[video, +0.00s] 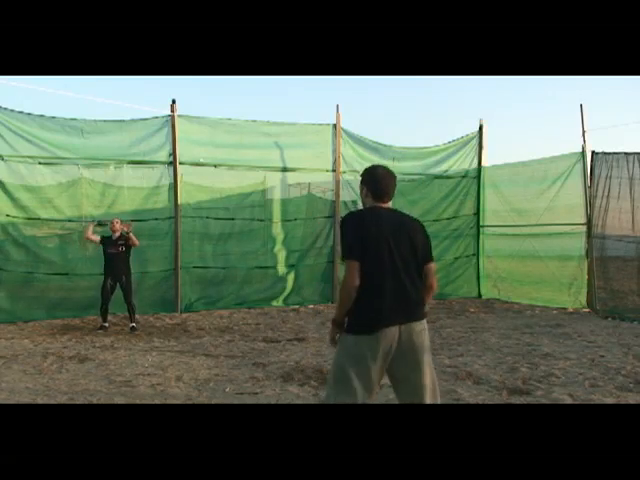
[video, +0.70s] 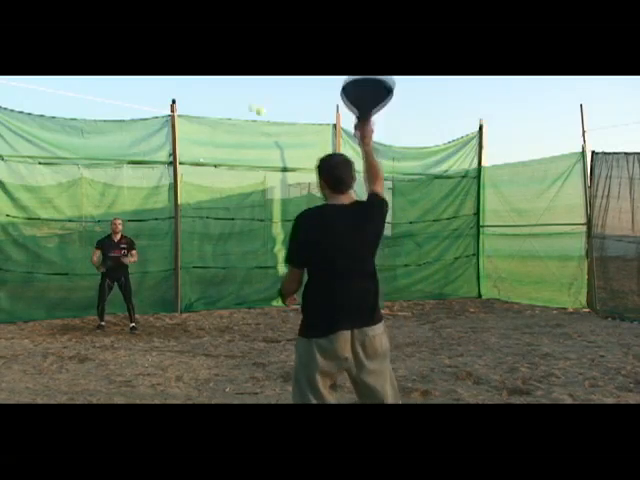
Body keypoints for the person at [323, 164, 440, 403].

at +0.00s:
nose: (360, 191)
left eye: (361, 187)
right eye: (361, 187)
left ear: (364, 190)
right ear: (393, 193)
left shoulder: (354, 221)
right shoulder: (413, 224)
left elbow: (352, 281)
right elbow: (430, 283)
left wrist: (338, 320)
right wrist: (413, 311)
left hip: (368, 330)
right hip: (413, 327)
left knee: (345, 397)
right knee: (422, 398)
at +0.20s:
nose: (360, 193)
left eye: (361, 189)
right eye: (362, 189)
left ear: (365, 191)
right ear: (392, 194)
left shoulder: (355, 222)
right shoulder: (416, 227)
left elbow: (352, 282)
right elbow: (425, 281)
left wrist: (339, 312)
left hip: (370, 332)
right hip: (415, 332)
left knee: (333, 397)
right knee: (415, 399)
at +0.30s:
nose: (358, 204)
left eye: (359, 201)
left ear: (362, 204)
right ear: (391, 207)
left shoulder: (350, 235)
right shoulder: (410, 239)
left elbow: (345, 294)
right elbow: (414, 288)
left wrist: (335, 324)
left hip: (366, 343)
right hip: (412, 342)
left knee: (328, 400)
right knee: (411, 400)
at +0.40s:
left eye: (357, 204)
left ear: (359, 208)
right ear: (387, 210)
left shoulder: (343, 239)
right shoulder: (402, 244)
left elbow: (336, 297)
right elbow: (403, 291)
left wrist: (326, 328)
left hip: (356, 349)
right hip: (402, 347)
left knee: (317, 400)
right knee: (403, 399)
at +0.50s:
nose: (338, 198)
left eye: (339, 192)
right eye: (339, 192)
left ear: (346, 195)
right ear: (377, 195)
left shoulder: (334, 227)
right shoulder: (394, 231)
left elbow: (323, 286)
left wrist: (313, 312)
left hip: (341, 338)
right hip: (387, 336)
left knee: (314, 398)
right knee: (394, 398)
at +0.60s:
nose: (333, 183)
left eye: (333, 179)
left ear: (336, 184)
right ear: (365, 183)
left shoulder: (320, 218)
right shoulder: (386, 219)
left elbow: (308, 274)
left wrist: (297, 297)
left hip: (329, 328)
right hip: (375, 326)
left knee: (315, 397)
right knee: (391, 396)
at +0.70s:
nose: (319, 182)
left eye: (320, 177)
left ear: (322, 184)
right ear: (353, 181)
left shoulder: (307, 221)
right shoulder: (371, 215)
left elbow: (294, 278)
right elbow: (376, 182)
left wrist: (285, 292)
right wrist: (367, 145)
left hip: (322, 327)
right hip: (369, 324)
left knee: (313, 397)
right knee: (382, 396)